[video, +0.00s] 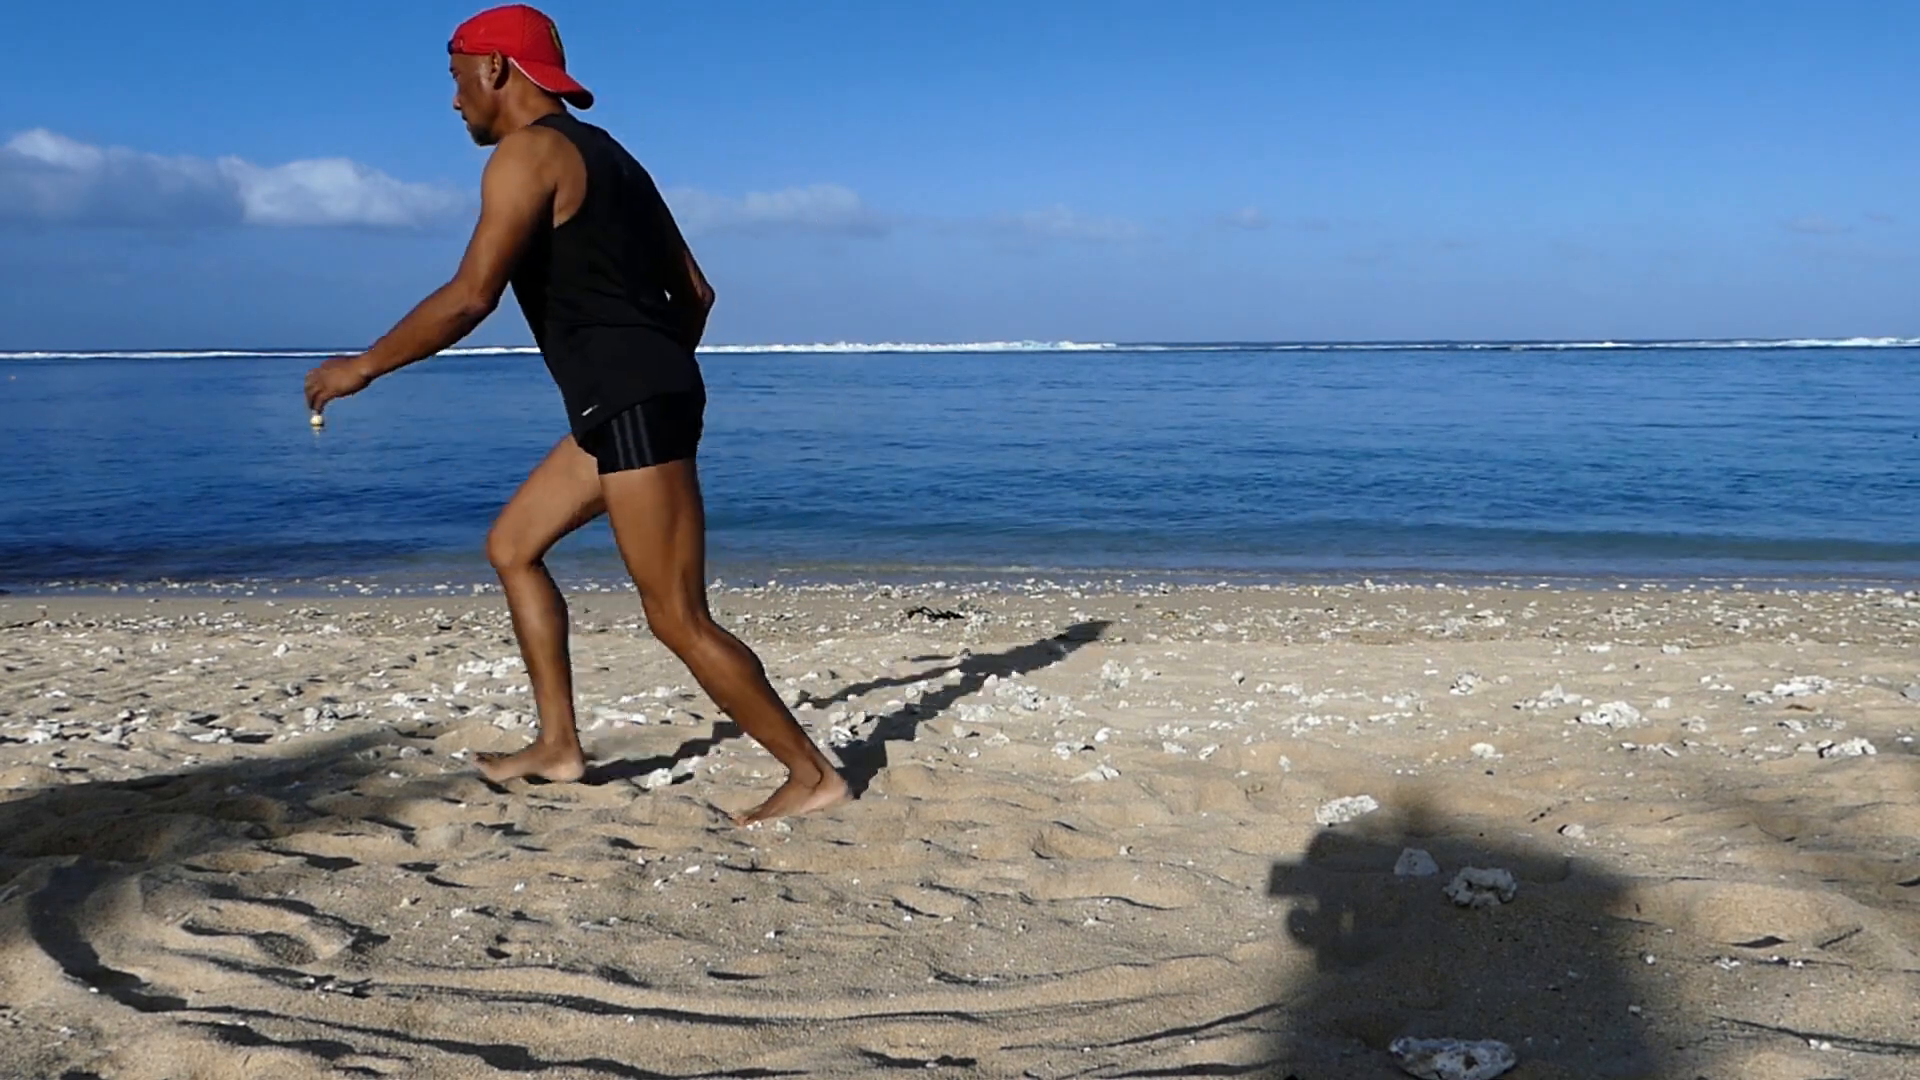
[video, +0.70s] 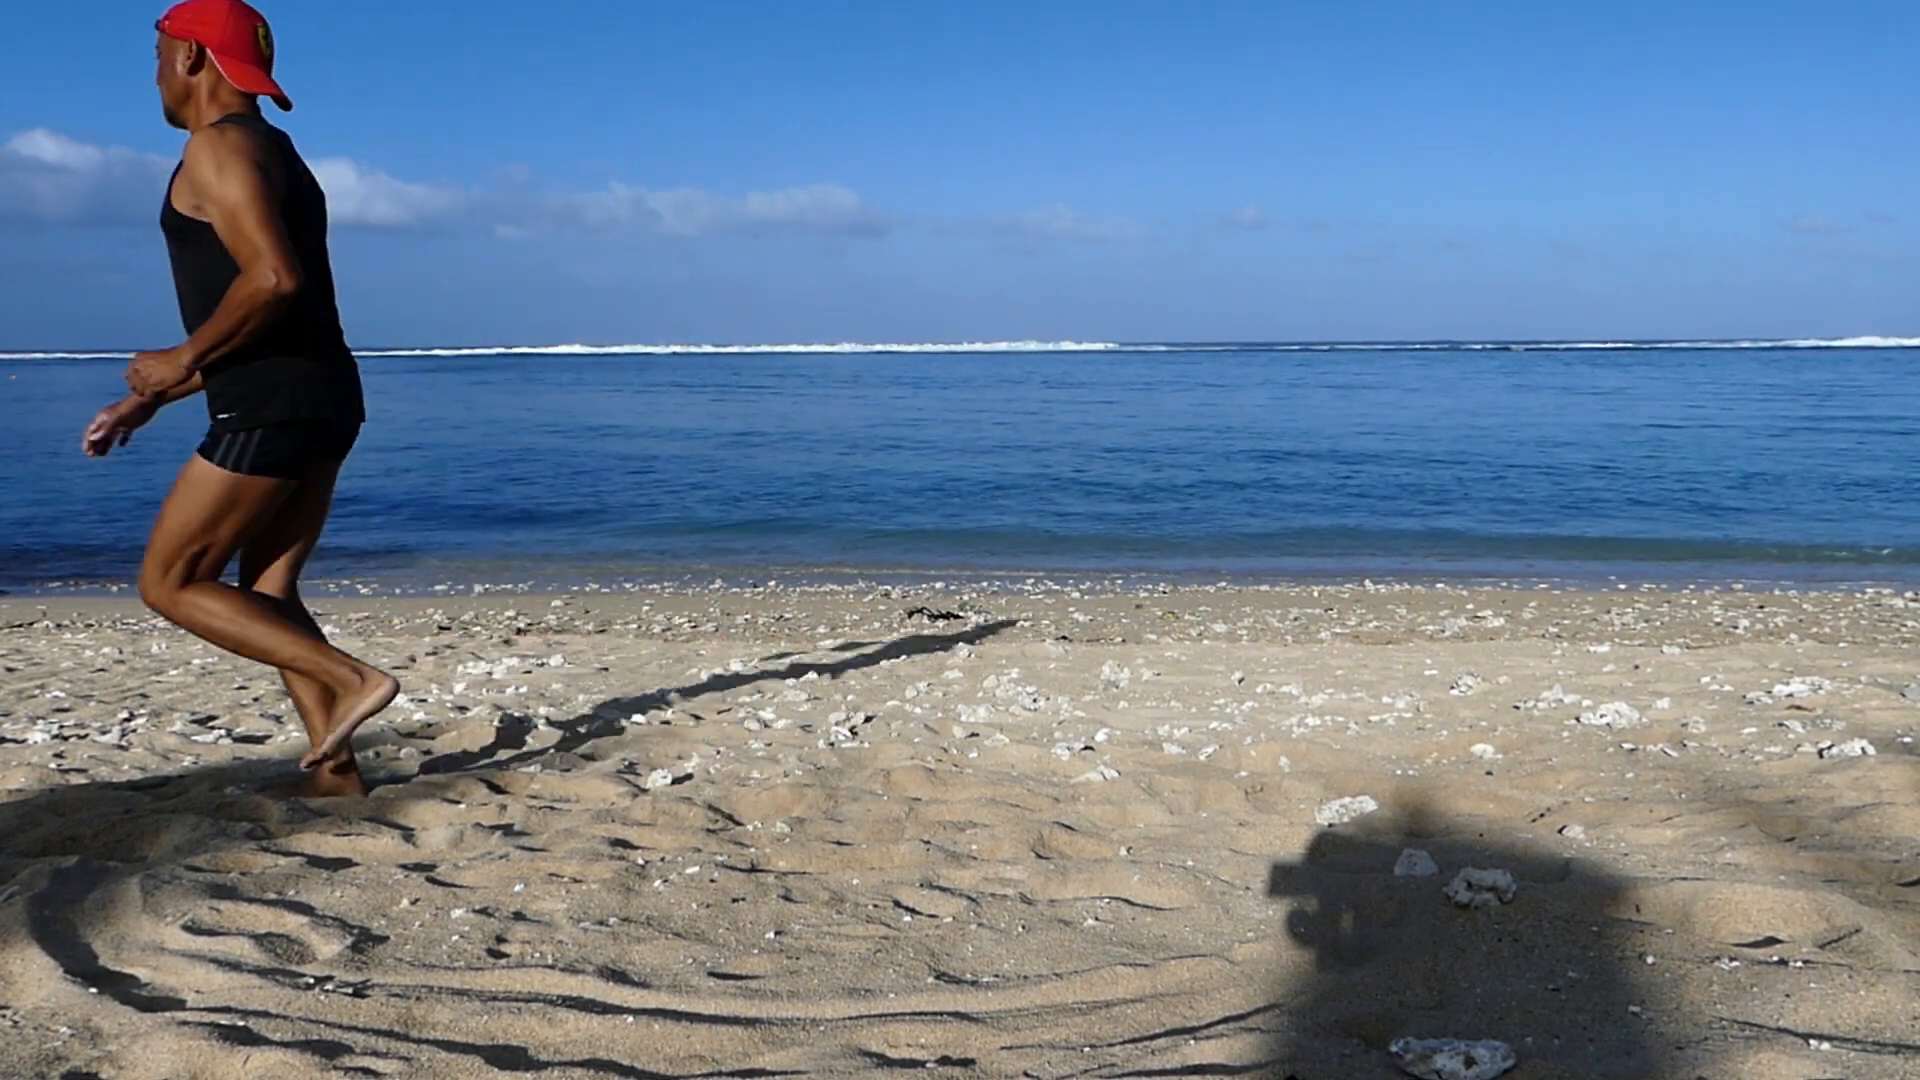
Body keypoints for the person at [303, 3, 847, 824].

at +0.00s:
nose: (457, 100)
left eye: (461, 81)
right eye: (455, 82)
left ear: (501, 75)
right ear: (533, 77)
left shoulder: (524, 155)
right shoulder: (607, 155)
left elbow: (471, 296)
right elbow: (694, 292)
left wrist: (362, 365)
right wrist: (650, 385)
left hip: (633, 402)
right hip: (642, 400)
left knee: (679, 618)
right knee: (513, 546)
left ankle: (813, 774)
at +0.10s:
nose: (417, 78)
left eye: (422, 58)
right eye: (418, 58)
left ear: (459, 54)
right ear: (488, 55)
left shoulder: (479, 138)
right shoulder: (562, 138)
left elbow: (419, 277)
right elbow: (653, 281)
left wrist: (334, 328)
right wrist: (604, 375)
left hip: (587, 391)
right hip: (596, 389)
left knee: (661, 592)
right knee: (464, 537)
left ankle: (798, 758)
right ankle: (460, 746)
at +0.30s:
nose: (335, 63)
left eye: (339, 43)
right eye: (335, 45)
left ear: (373, 40)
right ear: (407, 45)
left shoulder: (388, 121)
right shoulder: (470, 130)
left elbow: (331, 259)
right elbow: (525, 288)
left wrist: (276, 296)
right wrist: (483, 377)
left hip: (455, 384)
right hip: (471, 382)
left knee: (544, 584)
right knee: (370, 560)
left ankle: (724, 714)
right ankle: (344, 760)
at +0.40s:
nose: (286, 72)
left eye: (290, 53)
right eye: (287, 54)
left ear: (324, 54)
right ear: (360, 57)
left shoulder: (338, 142)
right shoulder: (409, 142)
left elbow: (304, 279)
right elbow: (430, 296)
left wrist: (246, 305)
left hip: (389, 397)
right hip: (414, 389)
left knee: (430, 611)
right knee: (323, 576)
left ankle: (640, 682)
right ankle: (340, 769)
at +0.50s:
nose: (249, 76)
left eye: (253, 58)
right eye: (251, 58)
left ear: (285, 59)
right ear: (318, 62)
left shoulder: (311, 151)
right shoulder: (361, 152)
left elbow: (296, 289)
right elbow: (368, 314)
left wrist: (225, 322)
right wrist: (320, 436)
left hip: (356, 401)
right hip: (376, 395)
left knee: (349, 622)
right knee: (299, 582)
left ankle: (561, 662)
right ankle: (340, 772)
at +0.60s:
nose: (193, 78)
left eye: (198, 60)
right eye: (195, 60)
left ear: (230, 63)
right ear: (273, 69)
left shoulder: (253, 155)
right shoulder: (312, 162)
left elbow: (287, 290)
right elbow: (304, 322)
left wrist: (193, 357)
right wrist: (221, 418)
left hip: (303, 407)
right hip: (348, 401)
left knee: (232, 606)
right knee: (284, 592)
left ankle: (435, 665)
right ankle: (337, 770)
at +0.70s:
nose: (156, 76)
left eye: (161, 58)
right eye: (160, 58)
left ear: (193, 61)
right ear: (232, 66)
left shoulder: (218, 150)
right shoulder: (277, 156)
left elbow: (274, 278)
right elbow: (236, 320)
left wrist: (184, 359)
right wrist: (148, 400)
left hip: (270, 406)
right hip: (322, 402)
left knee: (168, 582)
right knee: (271, 596)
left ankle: (350, 681)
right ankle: (335, 774)